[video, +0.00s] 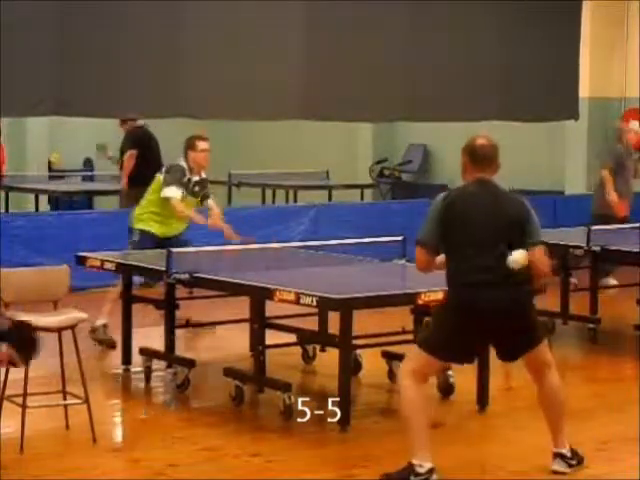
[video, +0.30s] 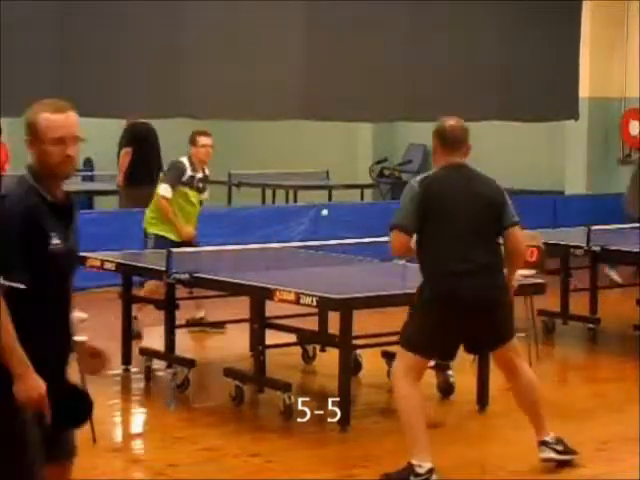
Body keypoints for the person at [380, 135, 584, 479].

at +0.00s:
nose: (464, 168)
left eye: (463, 163)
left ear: (464, 164)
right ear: (497, 166)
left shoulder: (448, 203)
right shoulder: (516, 204)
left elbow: (424, 262)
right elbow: (540, 265)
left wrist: (450, 256)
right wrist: (535, 282)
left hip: (463, 311)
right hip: (513, 310)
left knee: (412, 372)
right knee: (545, 371)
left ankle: (420, 464)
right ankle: (562, 452)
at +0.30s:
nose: (439, 153)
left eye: (435, 147)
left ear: (434, 147)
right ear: (468, 148)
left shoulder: (420, 187)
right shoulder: (492, 188)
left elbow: (398, 246)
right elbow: (516, 245)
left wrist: (426, 249)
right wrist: (509, 277)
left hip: (440, 298)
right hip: (490, 294)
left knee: (405, 374)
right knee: (514, 365)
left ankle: (420, 465)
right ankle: (546, 439)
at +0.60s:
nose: (454, 165)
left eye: (456, 159)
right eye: (456, 159)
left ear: (464, 158)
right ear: (485, 157)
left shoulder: (453, 188)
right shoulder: (516, 189)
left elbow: (439, 246)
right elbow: (538, 242)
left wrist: (466, 242)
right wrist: (526, 272)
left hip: (477, 282)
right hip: (524, 282)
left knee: (438, 359)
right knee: (535, 359)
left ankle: (418, 448)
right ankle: (545, 441)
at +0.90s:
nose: (386, 162)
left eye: (386, 157)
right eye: (388, 157)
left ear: (390, 155)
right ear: (413, 154)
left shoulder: (395, 175)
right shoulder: (426, 175)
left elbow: (395, 216)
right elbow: (425, 222)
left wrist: (379, 245)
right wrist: (394, 246)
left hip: (436, 265)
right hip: (454, 261)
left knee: (444, 346)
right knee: (421, 339)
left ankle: (476, 427)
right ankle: (410, 408)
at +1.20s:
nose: (361, 178)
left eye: (363, 173)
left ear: (367, 169)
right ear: (386, 168)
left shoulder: (373, 173)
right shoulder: (399, 186)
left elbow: (379, 204)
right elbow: (392, 241)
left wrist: (363, 244)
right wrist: (352, 243)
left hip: (429, 244)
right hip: (424, 254)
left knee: (449, 313)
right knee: (420, 332)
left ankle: (491, 378)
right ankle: (411, 391)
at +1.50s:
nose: (355, 188)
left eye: (355, 184)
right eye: (357, 186)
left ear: (361, 178)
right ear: (379, 178)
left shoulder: (366, 182)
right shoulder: (398, 204)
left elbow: (372, 203)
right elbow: (385, 274)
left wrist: (361, 241)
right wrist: (353, 272)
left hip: (424, 237)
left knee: (448, 301)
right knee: (421, 336)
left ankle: (501, 361)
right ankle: (411, 415)